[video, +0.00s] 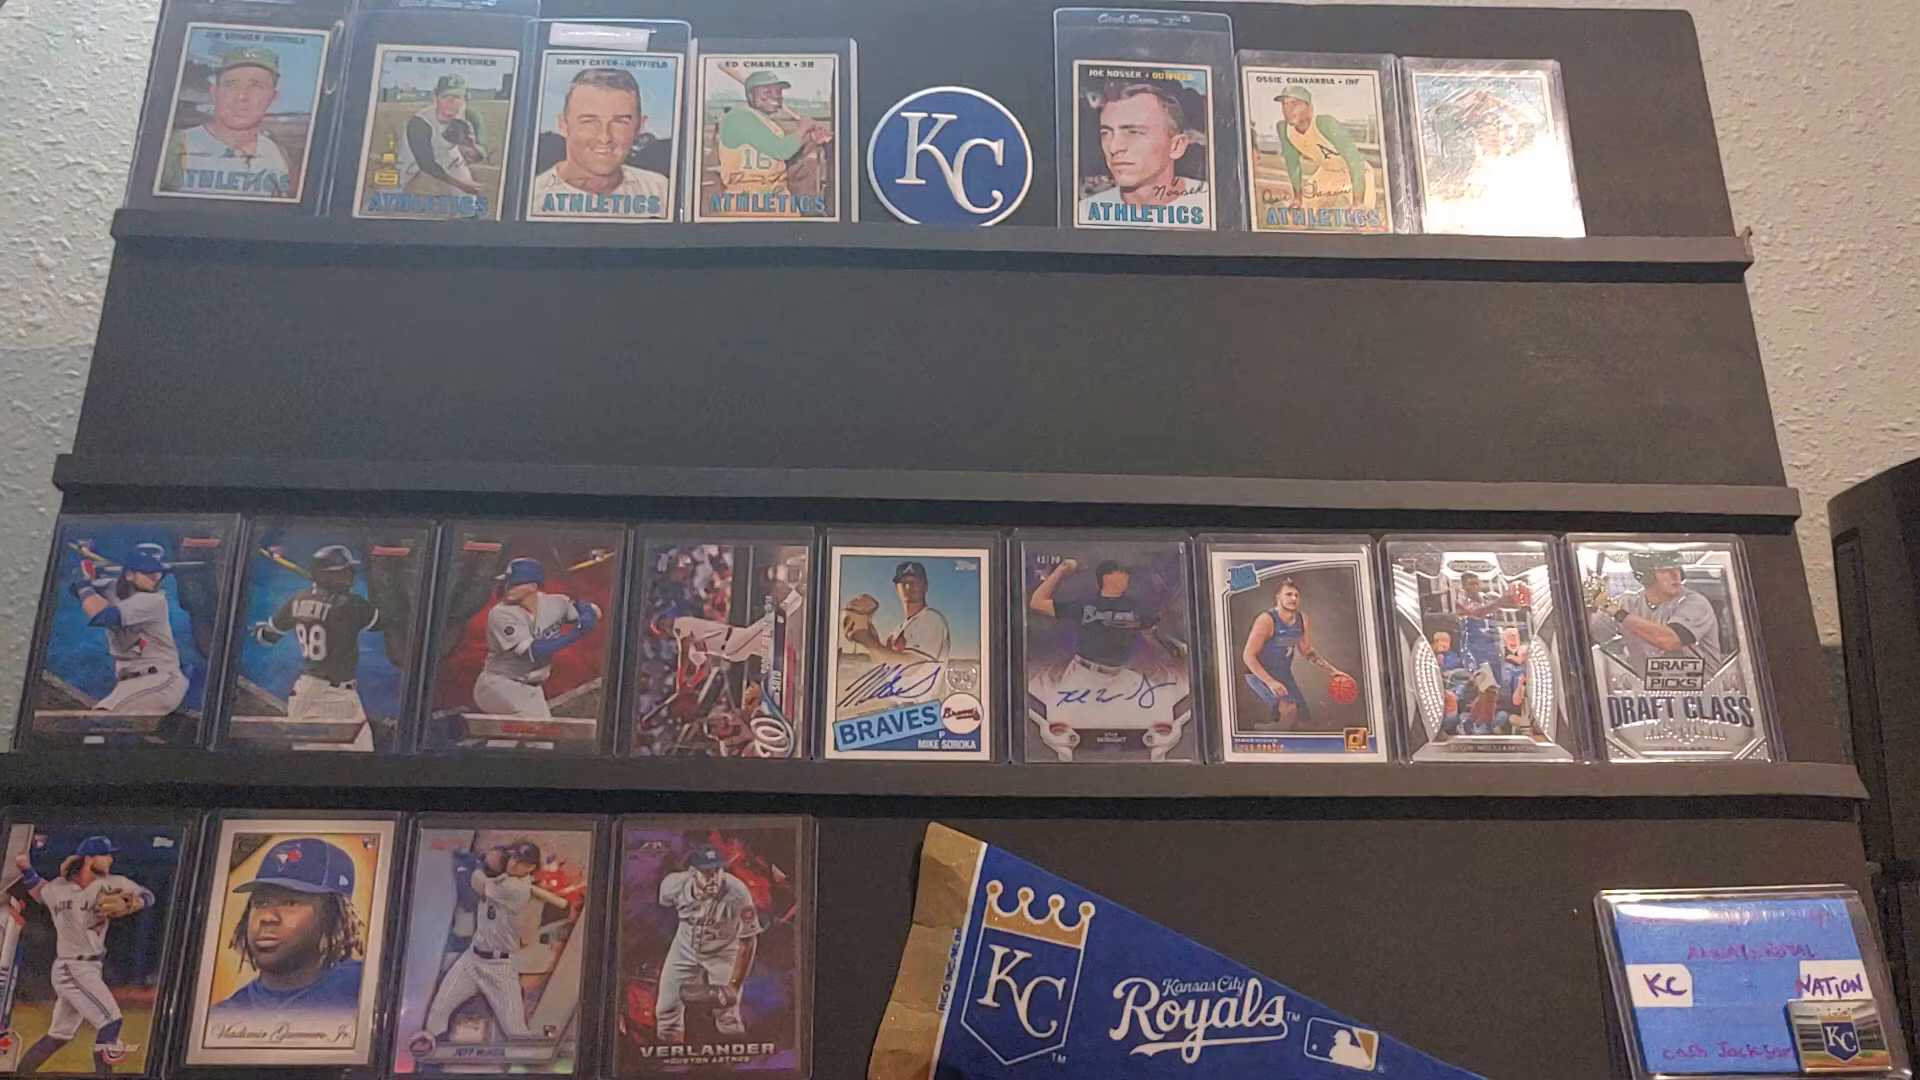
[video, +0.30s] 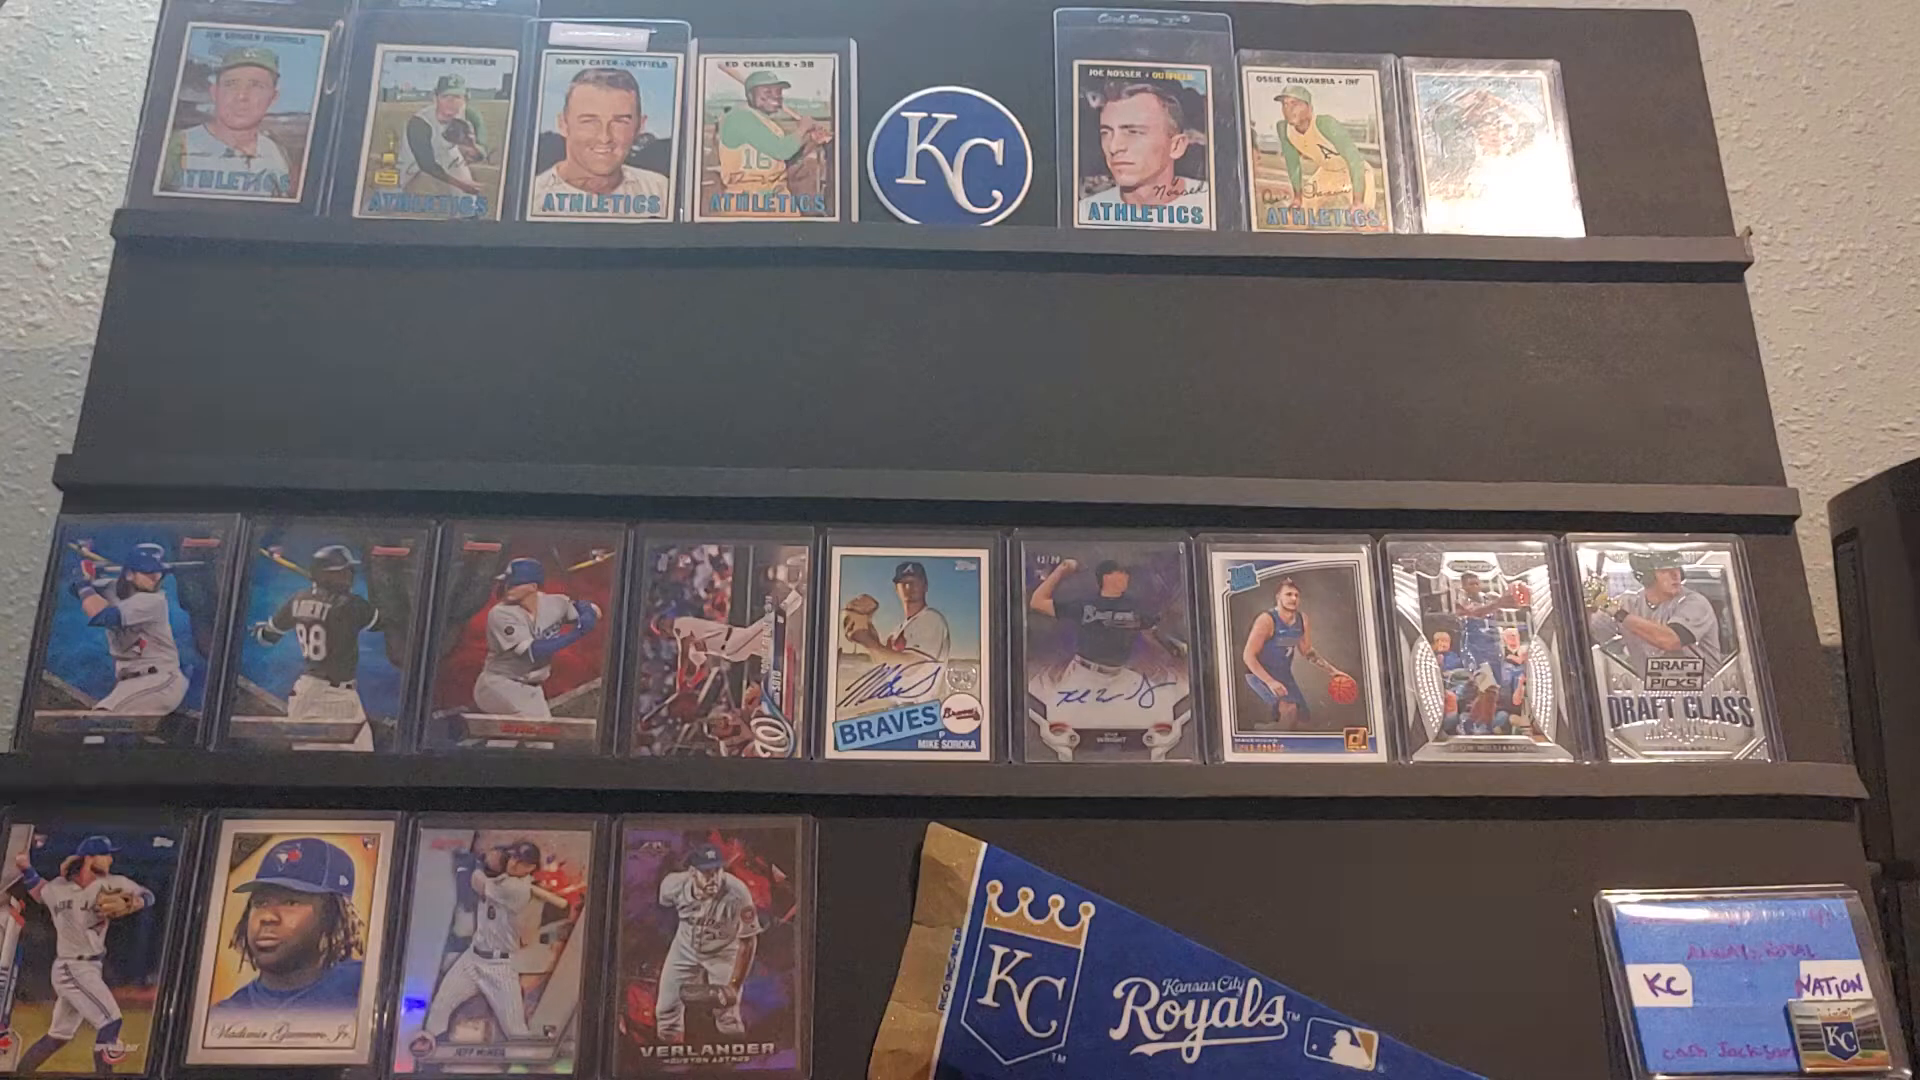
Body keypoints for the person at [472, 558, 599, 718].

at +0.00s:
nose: (508, 588)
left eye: (514, 584)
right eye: (508, 583)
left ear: (533, 586)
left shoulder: (554, 603)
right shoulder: (500, 614)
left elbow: (579, 606)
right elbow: (531, 651)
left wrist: (587, 614)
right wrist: (576, 633)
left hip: (531, 688)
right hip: (496, 684)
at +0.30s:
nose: (507, 588)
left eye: (514, 584)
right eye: (508, 583)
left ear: (533, 586)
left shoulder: (554, 603)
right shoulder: (500, 614)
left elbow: (579, 606)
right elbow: (531, 651)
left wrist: (587, 614)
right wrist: (577, 633)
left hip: (531, 688)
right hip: (496, 684)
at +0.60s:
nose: (507, 588)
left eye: (514, 584)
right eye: (507, 583)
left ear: (533, 587)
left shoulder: (554, 603)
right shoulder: (500, 614)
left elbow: (579, 607)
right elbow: (531, 651)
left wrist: (588, 614)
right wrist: (577, 633)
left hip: (531, 687)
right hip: (496, 684)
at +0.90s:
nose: (507, 588)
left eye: (514, 584)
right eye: (508, 583)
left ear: (532, 586)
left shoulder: (554, 603)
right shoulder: (500, 614)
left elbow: (578, 607)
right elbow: (531, 652)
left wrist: (587, 613)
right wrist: (577, 633)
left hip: (531, 687)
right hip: (496, 684)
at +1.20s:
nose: (507, 588)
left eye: (514, 584)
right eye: (507, 583)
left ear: (532, 587)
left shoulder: (554, 603)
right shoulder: (500, 614)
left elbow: (578, 607)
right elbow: (531, 652)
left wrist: (587, 614)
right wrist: (577, 633)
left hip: (531, 687)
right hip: (496, 684)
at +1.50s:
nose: (508, 588)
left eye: (514, 584)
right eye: (507, 583)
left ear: (532, 587)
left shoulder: (554, 603)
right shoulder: (500, 614)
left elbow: (578, 607)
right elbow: (532, 651)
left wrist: (587, 614)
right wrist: (576, 633)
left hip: (531, 688)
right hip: (496, 684)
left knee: (544, 743)